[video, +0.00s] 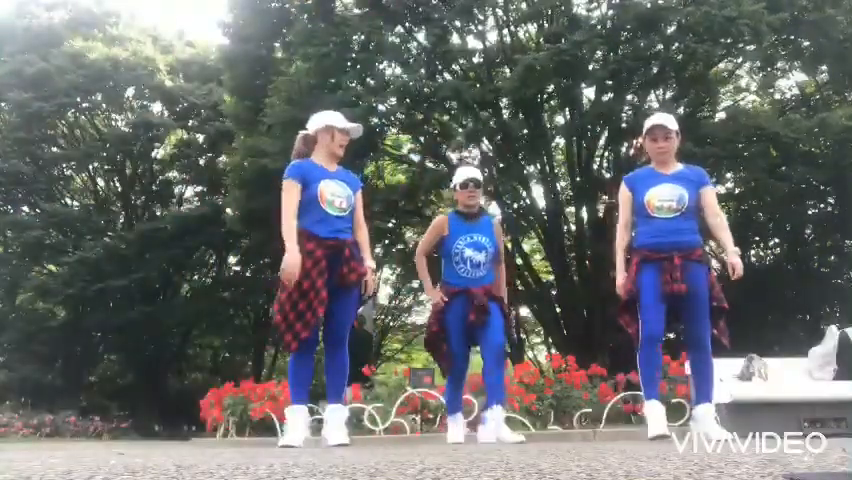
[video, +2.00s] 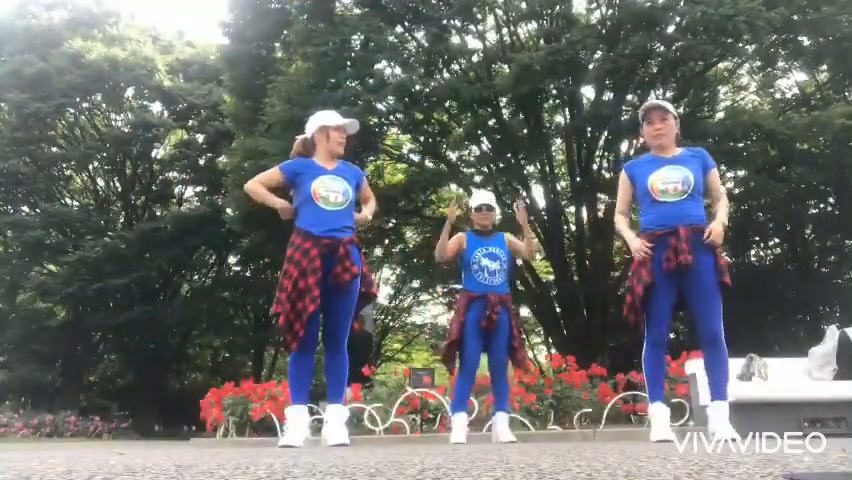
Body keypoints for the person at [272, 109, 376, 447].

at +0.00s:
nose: (345, 139)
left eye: (346, 134)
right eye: (340, 133)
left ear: (342, 138)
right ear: (321, 135)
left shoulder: (352, 179)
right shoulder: (299, 169)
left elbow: (360, 225)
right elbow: (289, 214)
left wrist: (368, 261)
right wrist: (291, 250)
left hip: (348, 256)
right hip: (310, 255)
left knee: (338, 338)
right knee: (305, 336)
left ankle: (336, 417)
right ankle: (297, 417)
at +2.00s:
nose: (345, 137)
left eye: (345, 133)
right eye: (339, 132)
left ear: (343, 138)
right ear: (320, 135)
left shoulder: (354, 173)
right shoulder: (298, 167)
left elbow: (370, 199)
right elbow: (253, 185)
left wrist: (366, 212)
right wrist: (278, 203)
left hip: (345, 254)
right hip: (307, 253)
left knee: (337, 340)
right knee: (303, 337)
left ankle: (336, 420)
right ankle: (297, 420)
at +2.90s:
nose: (343, 135)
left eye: (344, 131)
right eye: (336, 130)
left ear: (343, 138)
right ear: (319, 136)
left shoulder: (357, 174)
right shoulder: (297, 173)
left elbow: (369, 211)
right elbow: (287, 214)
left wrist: (359, 237)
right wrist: (302, 220)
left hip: (347, 259)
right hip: (310, 259)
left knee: (339, 341)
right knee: (306, 340)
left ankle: (336, 417)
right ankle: (297, 417)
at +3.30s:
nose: (347, 136)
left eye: (347, 132)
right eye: (340, 131)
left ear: (341, 137)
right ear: (321, 135)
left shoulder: (357, 176)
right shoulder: (297, 172)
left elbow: (375, 222)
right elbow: (277, 222)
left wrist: (385, 263)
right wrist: (263, 266)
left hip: (348, 257)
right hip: (308, 255)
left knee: (339, 339)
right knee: (306, 339)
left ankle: (336, 418)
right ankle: (297, 418)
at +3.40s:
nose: (346, 137)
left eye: (347, 133)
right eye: (340, 131)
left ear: (344, 138)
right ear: (320, 134)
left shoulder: (355, 176)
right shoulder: (297, 172)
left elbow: (376, 221)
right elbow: (279, 219)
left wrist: (383, 261)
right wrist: (274, 258)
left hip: (347, 255)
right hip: (307, 254)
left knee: (339, 339)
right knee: (306, 339)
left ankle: (336, 419)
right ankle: (297, 420)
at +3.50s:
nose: (348, 137)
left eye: (349, 133)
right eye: (342, 132)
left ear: (343, 138)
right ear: (322, 134)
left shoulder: (355, 178)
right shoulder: (296, 172)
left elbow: (376, 221)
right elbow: (279, 220)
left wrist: (377, 257)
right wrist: (287, 251)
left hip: (347, 254)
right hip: (308, 254)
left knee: (339, 340)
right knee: (306, 339)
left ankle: (336, 419)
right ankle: (297, 419)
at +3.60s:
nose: (349, 137)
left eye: (349, 132)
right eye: (343, 131)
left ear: (343, 138)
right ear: (323, 135)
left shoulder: (357, 179)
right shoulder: (297, 173)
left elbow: (369, 223)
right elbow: (280, 219)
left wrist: (372, 252)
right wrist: (294, 248)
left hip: (348, 256)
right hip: (309, 254)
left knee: (339, 340)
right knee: (307, 339)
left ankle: (336, 417)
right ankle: (297, 417)